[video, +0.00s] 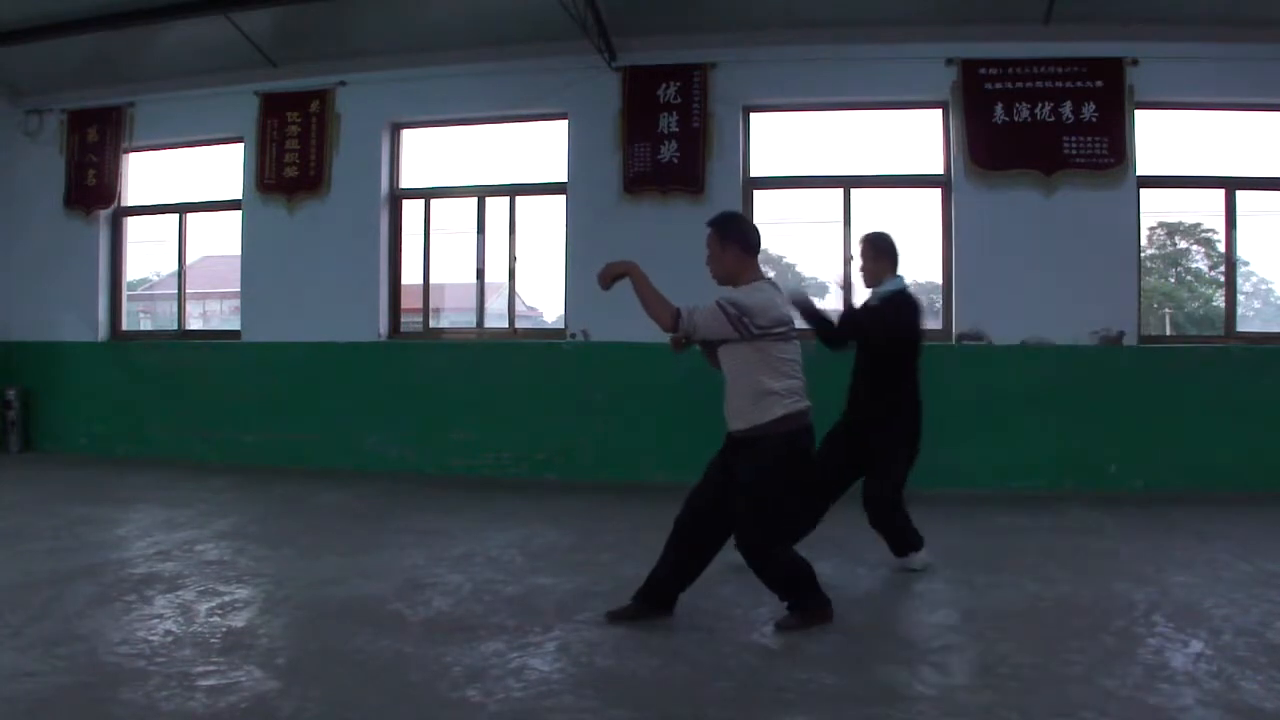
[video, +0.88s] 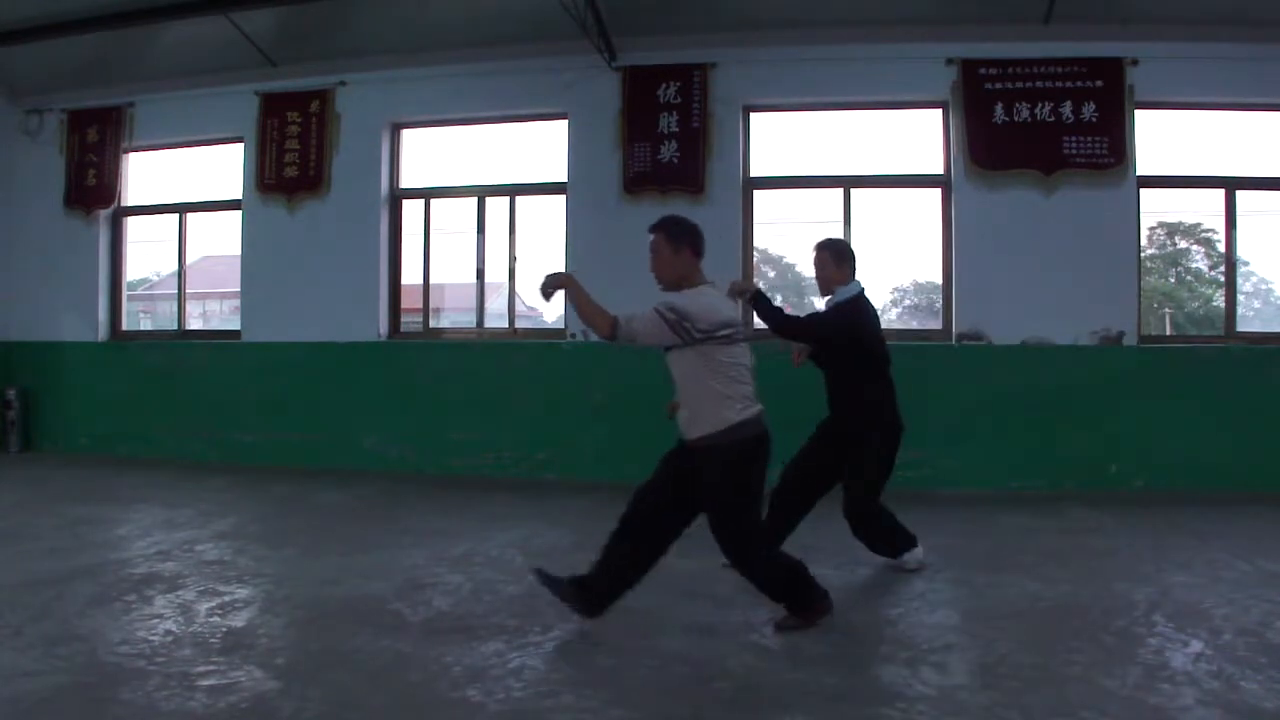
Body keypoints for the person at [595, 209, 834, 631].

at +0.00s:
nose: (708, 262)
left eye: (712, 252)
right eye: (708, 253)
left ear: (735, 251)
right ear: (742, 252)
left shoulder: (752, 302)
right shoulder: (764, 298)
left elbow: (673, 321)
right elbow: (734, 361)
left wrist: (632, 272)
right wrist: (695, 340)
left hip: (777, 441)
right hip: (748, 439)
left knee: (756, 537)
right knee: (698, 523)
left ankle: (812, 605)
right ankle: (654, 601)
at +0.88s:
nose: (651, 264)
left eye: (657, 253)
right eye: (651, 254)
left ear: (686, 254)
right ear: (689, 256)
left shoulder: (695, 308)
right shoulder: (722, 304)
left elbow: (612, 329)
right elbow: (733, 369)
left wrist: (568, 283)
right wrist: (689, 401)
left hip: (732, 445)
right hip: (708, 442)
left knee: (741, 541)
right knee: (650, 517)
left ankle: (809, 601)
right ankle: (593, 594)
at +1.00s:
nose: (604, 257)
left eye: (611, 248)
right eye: (606, 248)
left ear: (639, 252)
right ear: (641, 254)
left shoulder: (629, 304)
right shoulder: (675, 303)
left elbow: (559, 322)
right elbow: (715, 353)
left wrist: (512, 291)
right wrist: (675, 381)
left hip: (656, 440)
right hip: (688, 433)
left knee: (593, 515)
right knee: (723, 523)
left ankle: (563, 605)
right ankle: (803, 593)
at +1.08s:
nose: (567, 246)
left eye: (574, 238)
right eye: (568, 237)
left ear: (598, 244)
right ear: (605, 248)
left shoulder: (580, 295)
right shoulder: (629, 301)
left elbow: (513, 303)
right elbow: (664, 357)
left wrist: (450, 291)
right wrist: (613, 361)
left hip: (602, 436)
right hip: (643, 433)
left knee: (549, 509)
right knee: (654, 530)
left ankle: (549, 613)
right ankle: (748, 568)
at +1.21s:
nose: (527, 231)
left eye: (535, 223)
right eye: (530, 223)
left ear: (558, 229)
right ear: (561, 231)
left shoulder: (575, 280)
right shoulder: (573, 281)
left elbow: (518, 327)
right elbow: (526, 339)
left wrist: (454, 313)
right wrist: (469, 319)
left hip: (579, 414)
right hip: (574, 413)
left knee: (530, 510)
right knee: (538, 509)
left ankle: (545, 614)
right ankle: (593, 589)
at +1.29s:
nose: (490, 216)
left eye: (498, 208)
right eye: (492, 208)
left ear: (523, 213)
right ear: (513, 214)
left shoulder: (558, 268)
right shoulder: (500, 279)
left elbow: (567, 335)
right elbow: (477, 327)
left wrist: (502, 335)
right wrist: (454, 317)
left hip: (558, 388)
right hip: (520, 387)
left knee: (526, 490)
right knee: (446, 408)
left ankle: (545, 606)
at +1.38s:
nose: (461, 209)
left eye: (470, 201)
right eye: (463, 200)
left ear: (497, 210)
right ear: (484, 210)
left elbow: (567, 321)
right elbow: (410, 292)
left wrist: (509, 342)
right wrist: (393, 240)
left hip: (536, 383)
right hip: (498, 381)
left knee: (436, 348)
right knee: (498, 482)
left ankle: (402, 446)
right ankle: (531, 588)